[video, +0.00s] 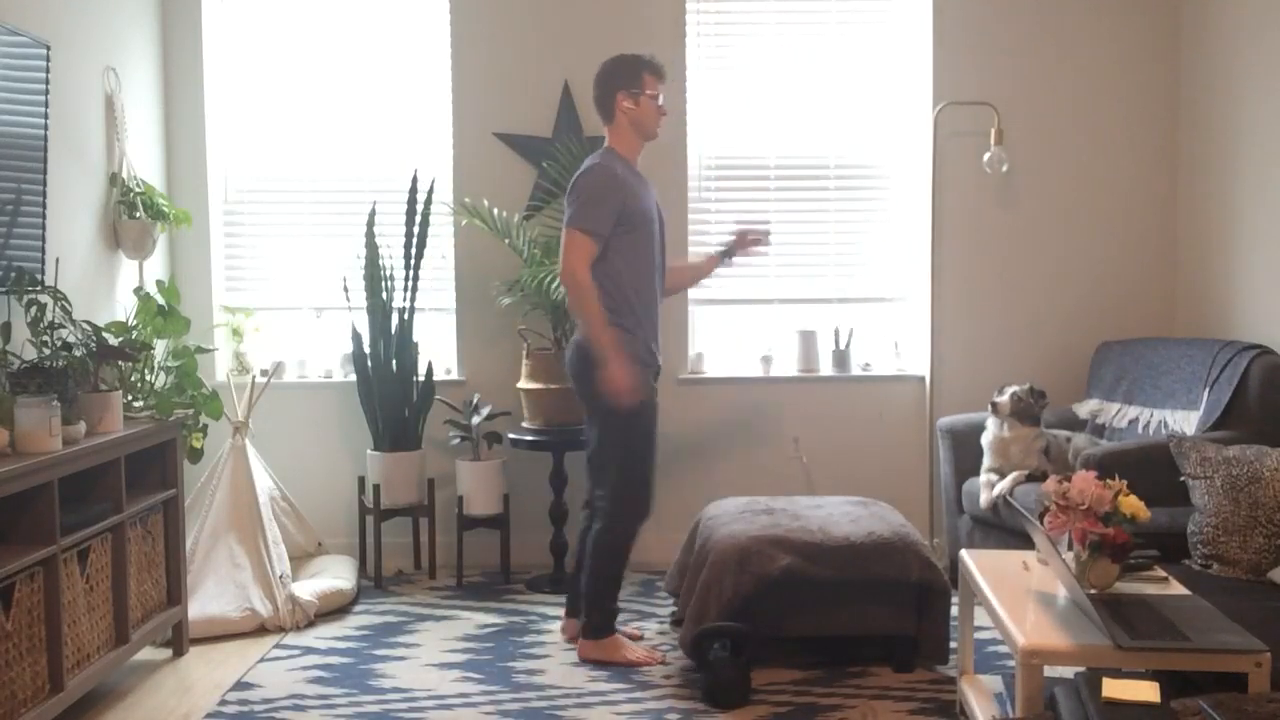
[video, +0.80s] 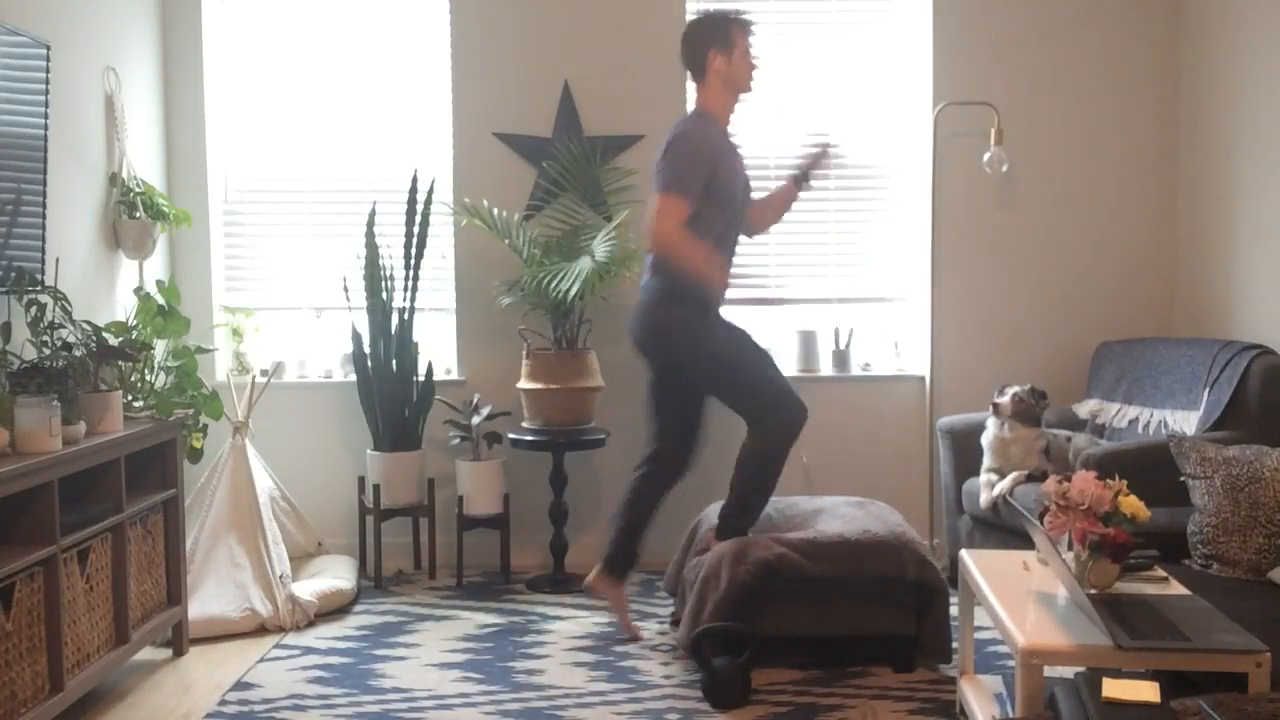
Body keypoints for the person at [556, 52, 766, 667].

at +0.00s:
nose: (663, 109)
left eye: (663, 99)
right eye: (654, 99)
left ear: (636, 106)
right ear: (622, 104)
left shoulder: (634, 181)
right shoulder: (602, 175)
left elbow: (656, 282)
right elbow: (573, 271)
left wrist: (723, 256)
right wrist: (609, 352)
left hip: (628, 352)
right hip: (612, 353)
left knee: (610, 498)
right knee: (626, 502)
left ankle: (580, 617)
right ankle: (597, 635)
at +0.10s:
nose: (664, 112)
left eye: (662, 102)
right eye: (655, 102)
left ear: (632, 109)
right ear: (624, 108)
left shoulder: (642, 193)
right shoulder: (599, 178)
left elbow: (682, 272)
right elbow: (559, 271)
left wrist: (719, 214)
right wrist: (556, 362)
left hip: (615, 358)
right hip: (607, 358)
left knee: (600, 493)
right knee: (669, 487)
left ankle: (576, 620)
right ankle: (609, 616)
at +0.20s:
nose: (667, 109)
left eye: (665, 99)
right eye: (656, 99)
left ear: (640, 109)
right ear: (624, 108)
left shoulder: (649, 192)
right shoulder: (595, 179)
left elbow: (702, 254)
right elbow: (542, 262)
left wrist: (710, 185)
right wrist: (525, 352)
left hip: (616, 349)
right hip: (603, 349)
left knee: (598, 487)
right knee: (716, 433)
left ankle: (577, 616)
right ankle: (624, 529)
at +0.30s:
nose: (676, 109)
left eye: (674, 99)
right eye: (665, 99)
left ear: (644, 111)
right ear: (633, 109)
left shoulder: (661, 193)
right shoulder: (599, 180)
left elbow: (721, 238)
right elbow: (538, 254)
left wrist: (707, 175)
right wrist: (516, 346)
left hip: (626, 344)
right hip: (604, 343)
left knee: (605, 484)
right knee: (741, 374)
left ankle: (578, 617)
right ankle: (644, 464)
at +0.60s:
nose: (722, 121)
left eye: (719, 110)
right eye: (713, 110)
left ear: (685, 120)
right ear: (680, 119)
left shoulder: (702, 199)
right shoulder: (650, 189)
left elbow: (773, 219)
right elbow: (587, 262)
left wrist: (734, 157)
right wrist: (589, 350)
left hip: (651, 354)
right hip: (640, 353)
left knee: (634, 491)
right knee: (776, 388)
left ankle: (581, 617)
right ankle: (727, 514)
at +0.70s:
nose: (740, 100)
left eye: (737, 89)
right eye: (731, 89)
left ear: (704, 102)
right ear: (701, 100)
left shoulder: (713, 180)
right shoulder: (680, 172)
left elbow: (780, 217)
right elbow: (621, 259)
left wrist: (769, 153)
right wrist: (658, 340)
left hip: (668, 340)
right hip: (660, 340)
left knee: (641, 479)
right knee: (784, 408)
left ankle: (584, 607)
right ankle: (728, 533)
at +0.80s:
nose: (754, 63)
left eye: (751, 52)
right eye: (745, 52)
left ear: (714, 65)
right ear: (715, 62)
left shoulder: (716, 140)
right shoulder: (695, 137)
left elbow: (753, 221)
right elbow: (663, 231)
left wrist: (799, 179)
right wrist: (713, 271)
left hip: (677, 312)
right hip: (677, 315)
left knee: (672, 450)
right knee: (780, 415)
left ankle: (611, 574)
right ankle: (728, 549)